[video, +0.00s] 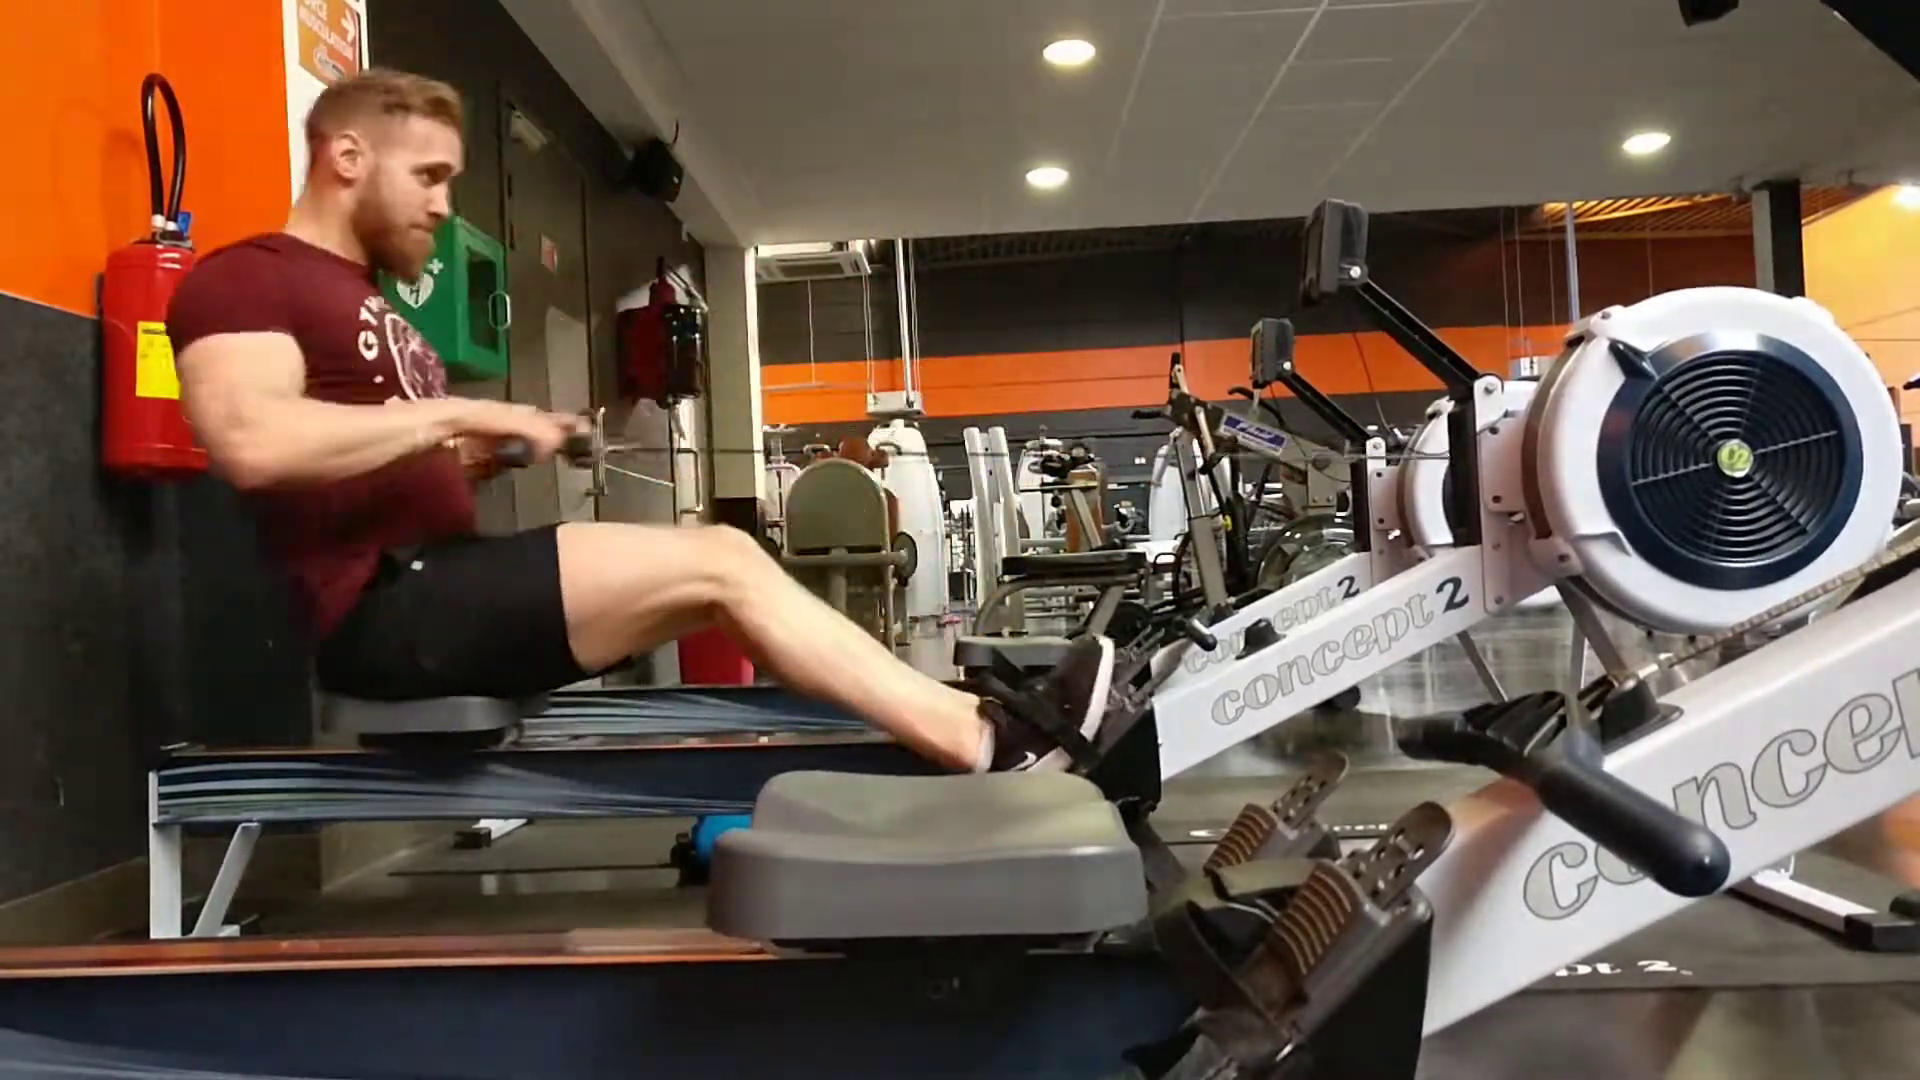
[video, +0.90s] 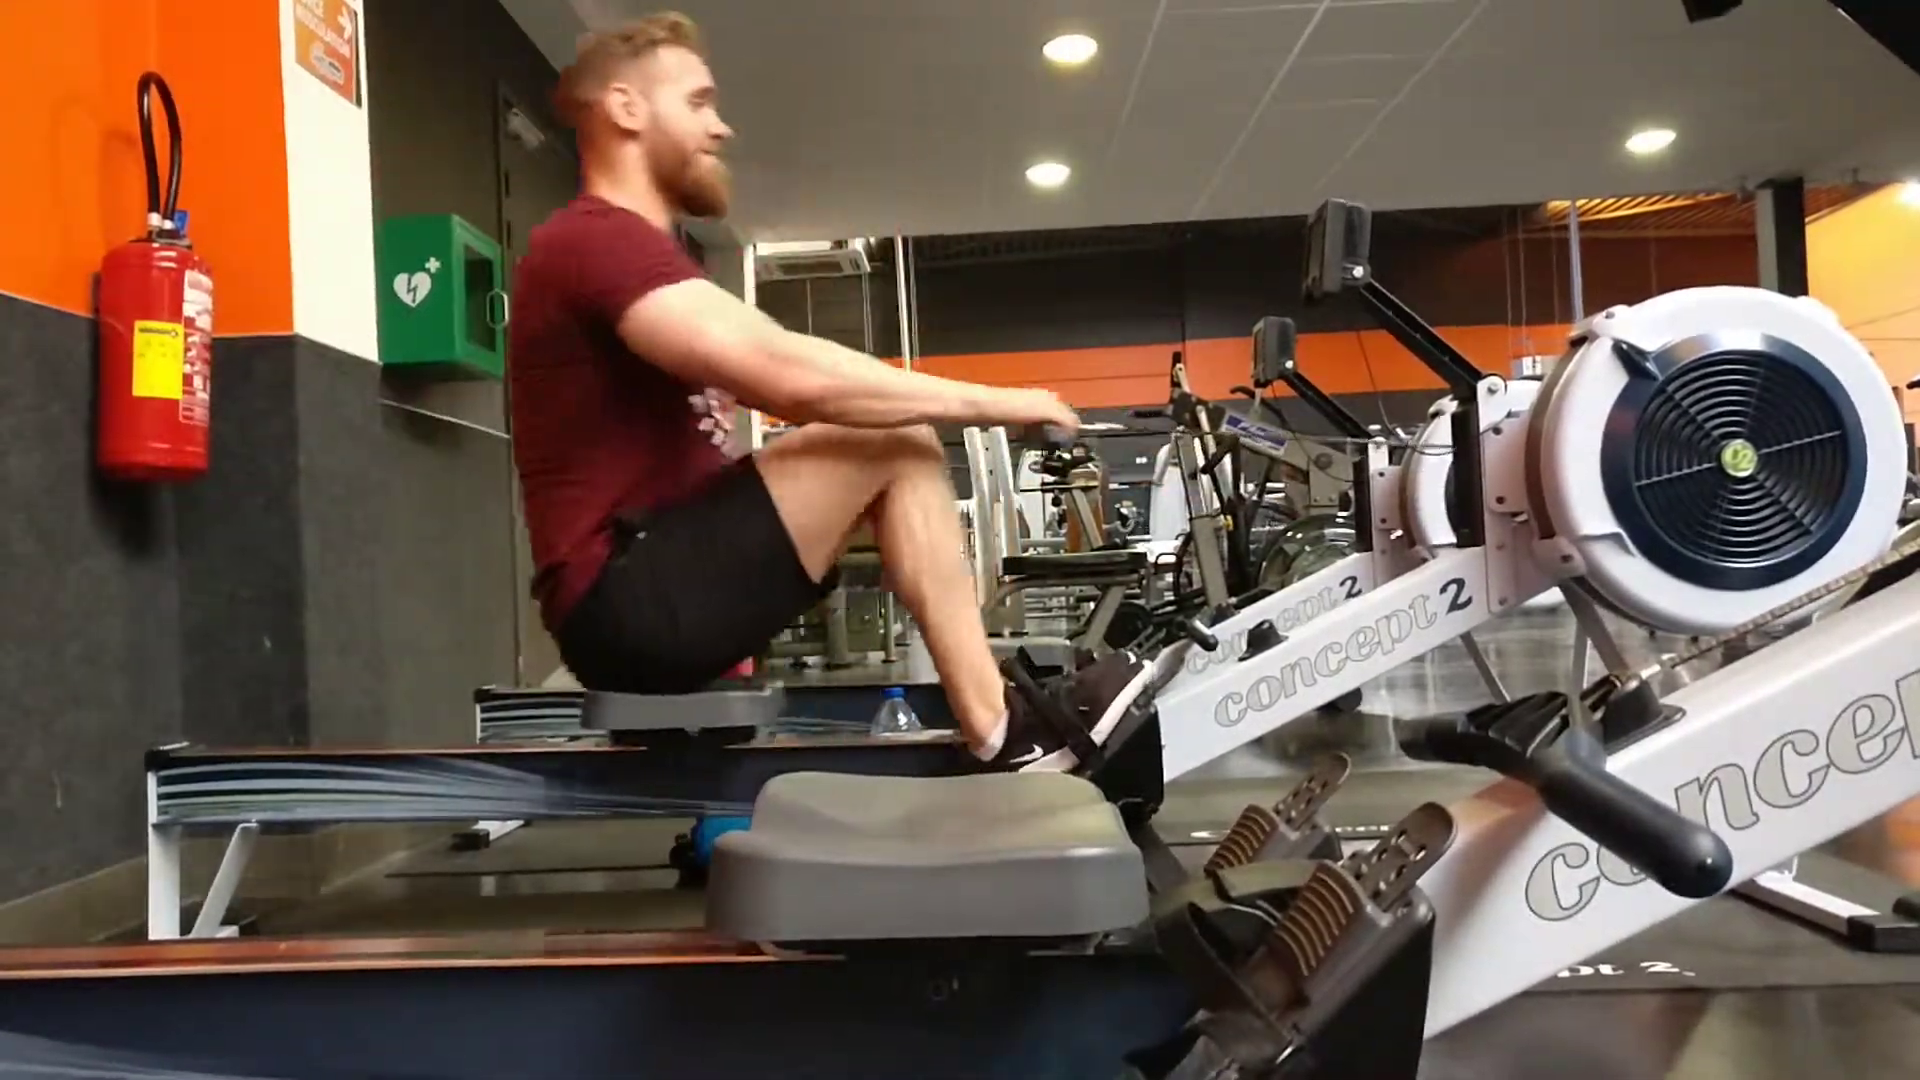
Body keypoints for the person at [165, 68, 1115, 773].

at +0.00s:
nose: (443, 207)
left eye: (448, 185)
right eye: (428, 177)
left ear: (360, 166)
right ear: (343, 159)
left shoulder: (384, 310)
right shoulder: (250, 275)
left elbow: (418, 472)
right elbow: (253, 446)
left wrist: (496, 438)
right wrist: (438, 422)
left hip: (438, 592)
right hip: (375, 611)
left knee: (728, 554)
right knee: (722, 556)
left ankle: (987, 727)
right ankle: (980, 749)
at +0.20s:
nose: (629, 202)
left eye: (634, 180)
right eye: (618, 173)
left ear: (544, 162)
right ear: (537, 152)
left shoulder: (527, 306)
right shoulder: (429, 268)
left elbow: (527, 468)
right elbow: (443, 438)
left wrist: (642, 438)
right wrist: (647, 420)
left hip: (503, 601)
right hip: (446, 615)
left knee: (765, 513)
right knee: (764, 513)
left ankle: (981, 720)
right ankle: (974, 742)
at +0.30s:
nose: (721, 196)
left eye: (724, 172)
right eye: (711, 166)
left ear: (641, 153)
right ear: (635, 147)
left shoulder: (633, 299)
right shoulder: (541, 269)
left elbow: (713, 425)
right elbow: (676, 440)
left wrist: (864, 422)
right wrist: (872, 414)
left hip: (574, 606)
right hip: (522, 616)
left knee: (841, 471)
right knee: (825, 478)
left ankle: (980, 715)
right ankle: (983, 738)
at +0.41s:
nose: (812, 190)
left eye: (815, 166)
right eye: (801, 159)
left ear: (730, 149)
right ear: (730, 144)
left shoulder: (686, 278)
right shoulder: (648, 269)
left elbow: (847, 405)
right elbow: (848, 425)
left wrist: (1025, 435)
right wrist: (1036, 435)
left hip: (641, 608)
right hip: (615, 616)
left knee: (895, 443)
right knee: (889, 455)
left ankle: (979, 714)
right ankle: (984, 729)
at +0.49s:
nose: (876, 182)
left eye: (879, 158)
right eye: (866, 153)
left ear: (794, 144)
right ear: (795, 139)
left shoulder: (745, 261)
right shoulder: (736, 263)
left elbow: (928, 397)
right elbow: (942, 413)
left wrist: (1118, 458)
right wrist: (1132, 461)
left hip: (687, 608)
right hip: (679, 617)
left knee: (926, 420)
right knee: (929, 429)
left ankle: (983, 702)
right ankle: (986, 718)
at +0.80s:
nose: (847, 142)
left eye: (839, 119)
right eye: (826, 117)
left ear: (756, 122)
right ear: (754, 120)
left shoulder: (739, 253)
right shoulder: (721, 248)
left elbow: (920, 376)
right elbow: (923, 380)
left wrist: (1113, 429)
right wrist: (1125, 430)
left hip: (713, 598)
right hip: (701, 608)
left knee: (943, 427)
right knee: (940, 431)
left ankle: (995, 699)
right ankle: (992, 721)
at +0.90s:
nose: (722, 127)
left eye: (714, 105)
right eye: (699, 103)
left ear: (625, 114)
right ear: (622, 109)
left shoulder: (636, 250)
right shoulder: (597, 243)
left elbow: (797, 390)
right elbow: (788, 377)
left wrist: (982, 403)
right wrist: (994, 401)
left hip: (646, 590)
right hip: (623, 602)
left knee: (898, 439)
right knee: (897, 442)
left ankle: (991, 704)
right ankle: (995, 730)